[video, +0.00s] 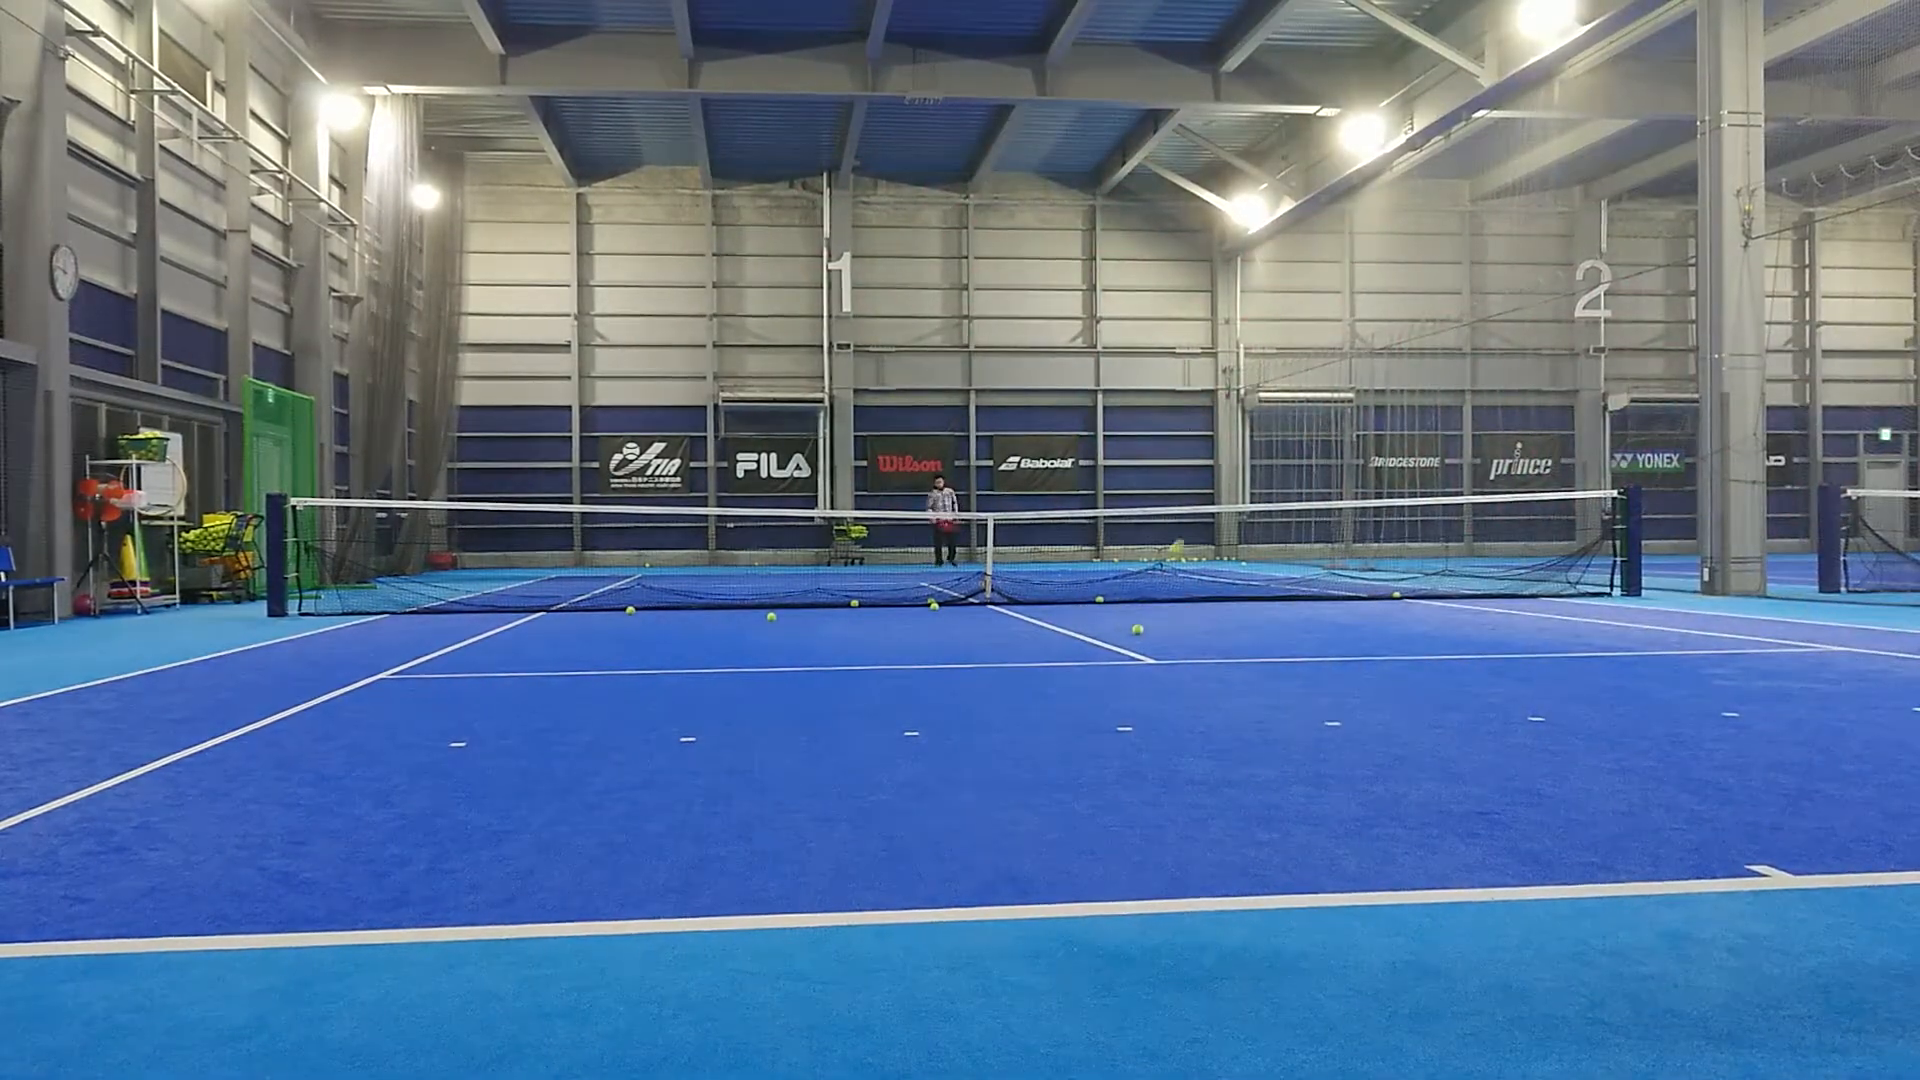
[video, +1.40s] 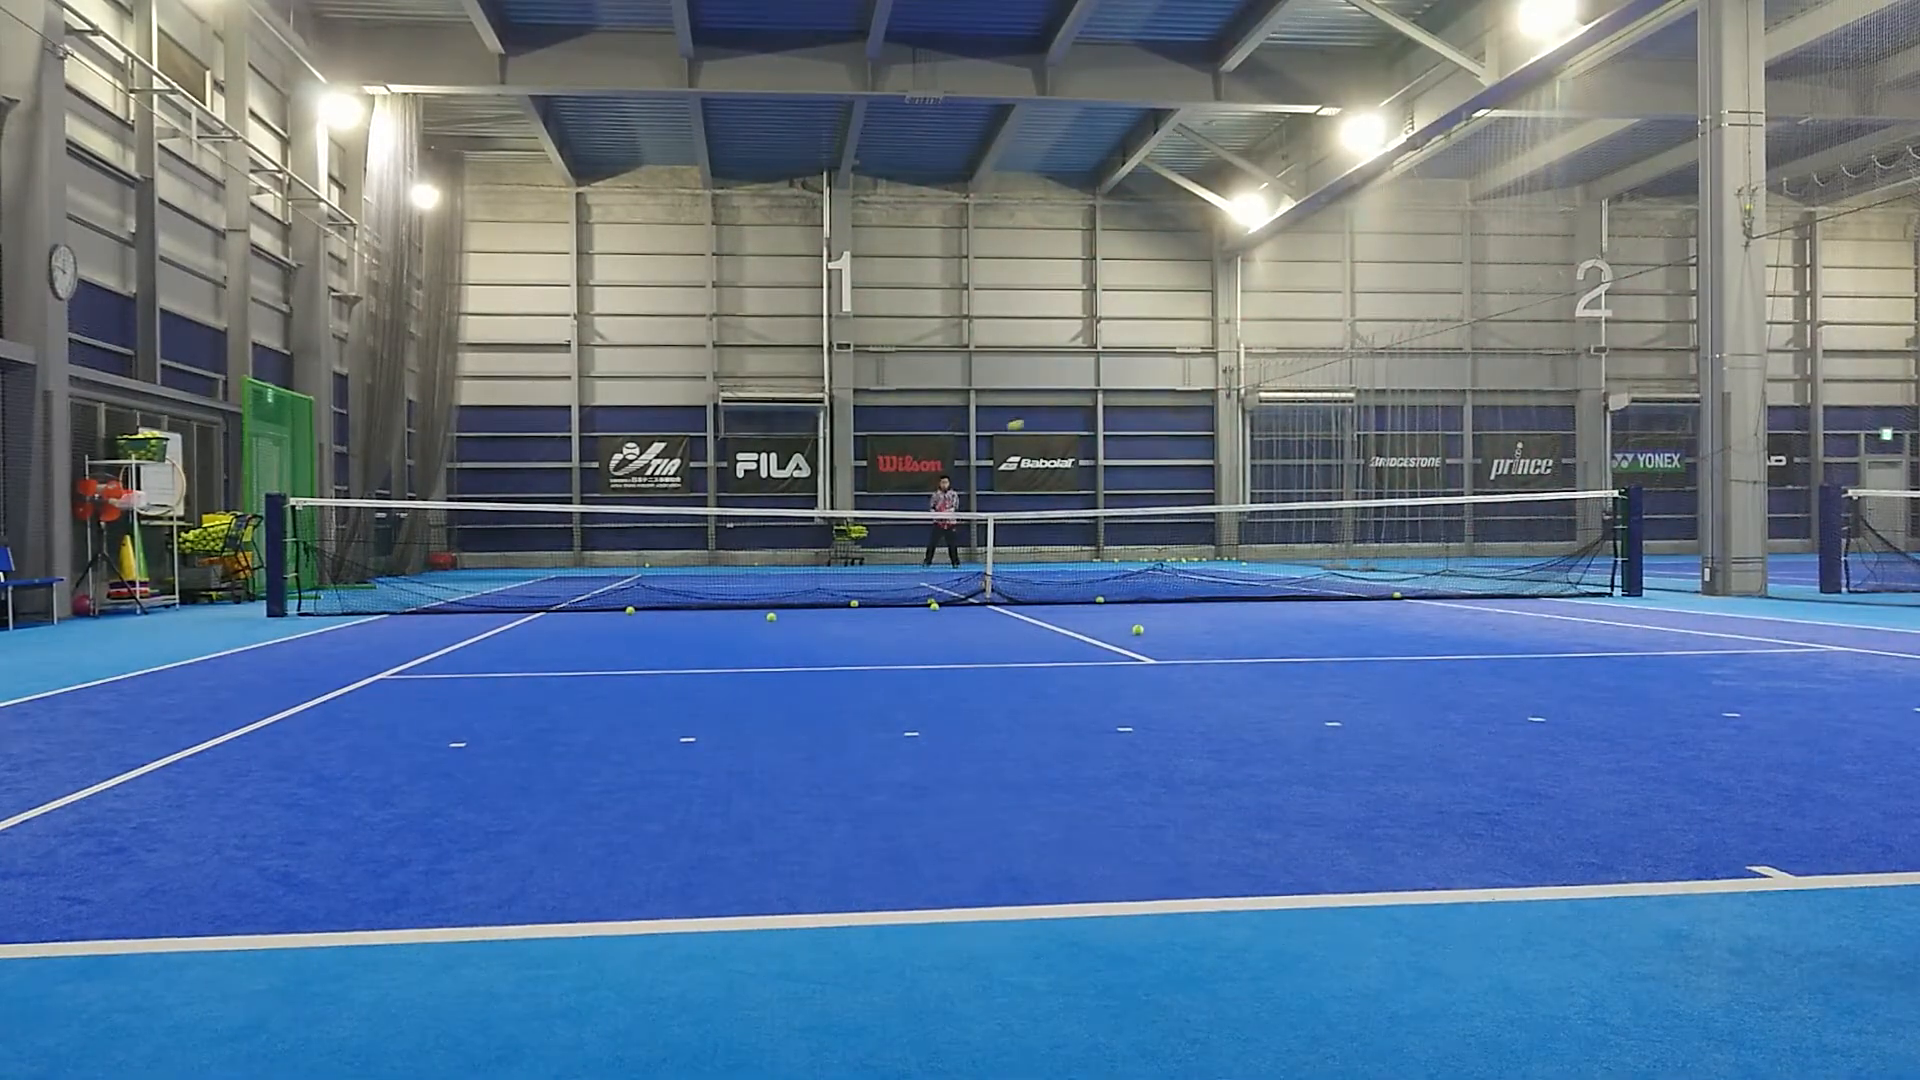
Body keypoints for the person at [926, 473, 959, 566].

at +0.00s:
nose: (939, 484)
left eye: (941, 482)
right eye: (937, 482)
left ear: (944, 482)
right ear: (934, 483)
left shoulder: (950, 492)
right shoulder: (932, 494)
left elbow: (955, 504)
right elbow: (929, 508)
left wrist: (956, 515)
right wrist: (932, 517)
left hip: (950, 519)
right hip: (938, 520)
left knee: (952, 541)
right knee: (938, 542)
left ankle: (951, 558)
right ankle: (939, 560)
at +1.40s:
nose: (944, 485)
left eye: (946, 482)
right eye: (942, 482)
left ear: (949, 484)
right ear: (939, 484)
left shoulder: (953, 494)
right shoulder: (936, 495)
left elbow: (955, 507)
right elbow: (931, 508)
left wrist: (946, 513)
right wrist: (937, 516)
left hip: (950, 523)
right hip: (938, 523)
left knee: (952, 545)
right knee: (932, 544)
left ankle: (955, 563)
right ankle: (927, 562)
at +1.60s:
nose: (931, 490)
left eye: (933, 488)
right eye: (930, 488)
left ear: (937, 489)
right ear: (928, 490)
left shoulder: (942, 500)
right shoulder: (926, 500)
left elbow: (942, 513)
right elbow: (923, 512)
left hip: (942, 527)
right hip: (930, 527)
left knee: (947, 547)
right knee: (923, 545)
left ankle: (954, 563)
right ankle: (920, 562)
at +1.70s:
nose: (922, 490)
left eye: (923, 488)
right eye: (920, 488)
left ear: (927, 489)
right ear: (918, 490)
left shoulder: (932, 498)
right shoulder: (917, 501)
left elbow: (933, 512)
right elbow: (915, 513)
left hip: (934, 527)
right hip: (923, 527)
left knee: (941, 546)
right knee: (918, 546)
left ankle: (953, 561)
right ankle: (921, 562)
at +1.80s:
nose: (913, 491)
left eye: (915, 489)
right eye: (911, 489)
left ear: (919, 489)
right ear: (909, 491)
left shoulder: (923, 498)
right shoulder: (910, 501)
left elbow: (922, 509)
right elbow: (907, 512)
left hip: (926, 526)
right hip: (916, 526)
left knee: (925, 547)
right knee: (914, 546)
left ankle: (939, 554)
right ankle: (920, 562)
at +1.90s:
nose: (905, 491)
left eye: (906, 489)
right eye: (903, 490)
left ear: (910, 489)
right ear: (901, 491)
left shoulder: (916, 497)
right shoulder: (903, 500)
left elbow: (915, 507)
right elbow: (900, 510)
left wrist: (905, 510)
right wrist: (892, 510)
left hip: (918, 524)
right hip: (909, 524)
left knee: (912, 544)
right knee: (907, 544)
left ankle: (920, 562)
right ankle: (916, 562)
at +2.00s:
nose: (897, 492)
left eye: (899, 489)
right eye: (895, 490)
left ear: (903, 489)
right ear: (894, 491)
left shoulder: (908, 499)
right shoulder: (896, 500)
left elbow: (912, 511)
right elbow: (893, 509)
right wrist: (882, 510)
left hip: (908, 524)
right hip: (901, 524)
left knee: (901, 546)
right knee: (900, 546)